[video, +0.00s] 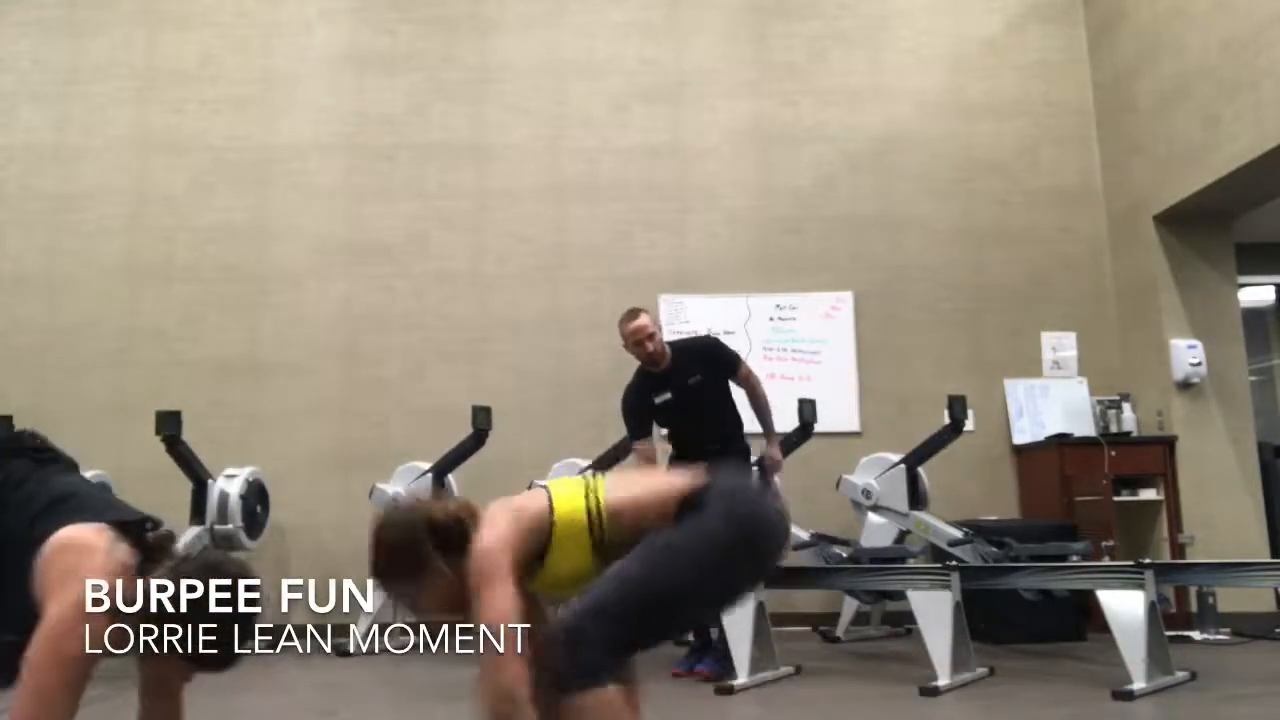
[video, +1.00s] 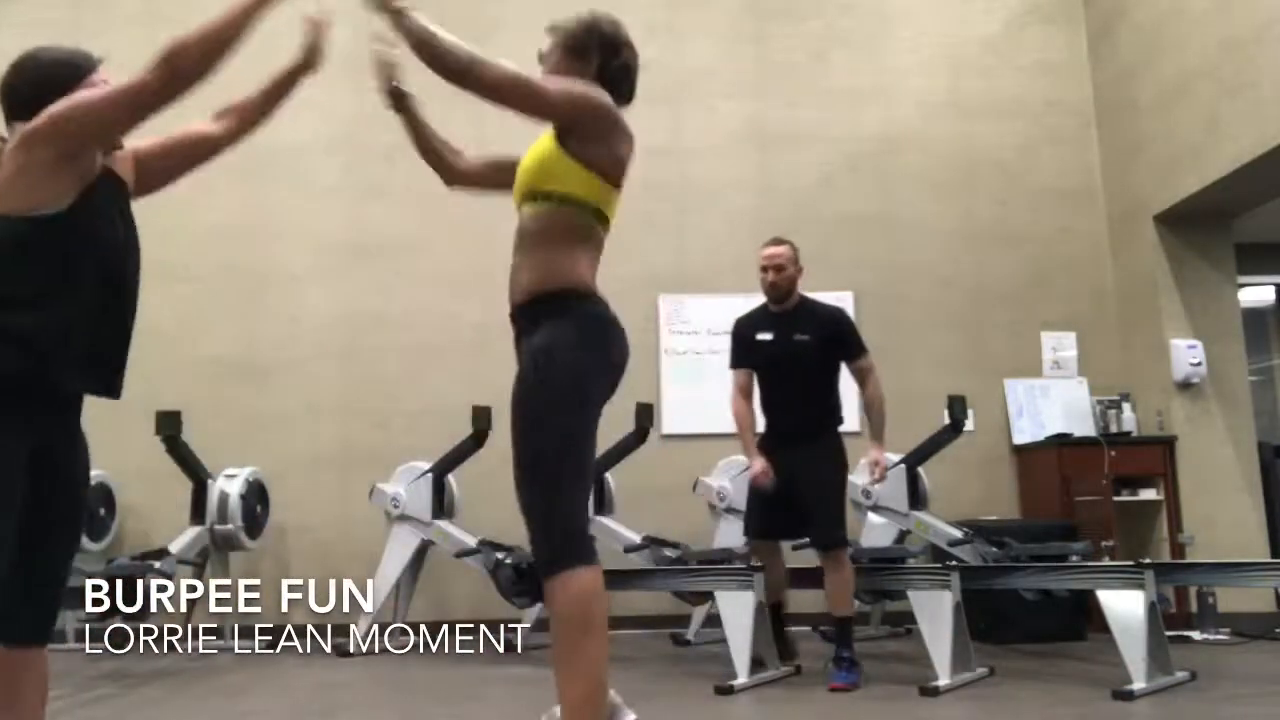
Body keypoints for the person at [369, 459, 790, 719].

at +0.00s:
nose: (420, 615)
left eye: (414, 597)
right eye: (407, 604)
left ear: (439, 561)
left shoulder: (494, 537)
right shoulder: (503, 556)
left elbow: (509, 687)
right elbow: (543, 660)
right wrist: (537, 706)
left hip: (735, 514)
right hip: (734, 520)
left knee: (584, 642)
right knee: (583, 642)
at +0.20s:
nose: (401, 440)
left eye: (408, 424)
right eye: (400, 426)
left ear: (447, 421)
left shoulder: (507, 455)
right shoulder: (502, 491)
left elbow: (419, 596)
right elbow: (497, 623)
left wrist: (372, 591)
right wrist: (438, 675)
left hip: (705, 565)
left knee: (526, 660)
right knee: (539, 651)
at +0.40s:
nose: (445, 267)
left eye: (456, 251)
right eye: (448, 252)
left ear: (496, 257)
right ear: (496, 260)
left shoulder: (543, 319)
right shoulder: (527, 337)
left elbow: (474, 421)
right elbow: (499, 472)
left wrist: (405, 381)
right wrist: (421, 432)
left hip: (656, 499)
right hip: (638, 503)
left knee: (517, 662)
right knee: (535, 654)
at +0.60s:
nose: (493, 192)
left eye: (507, 179)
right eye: (500, 178)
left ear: (544, 194)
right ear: (546, 197)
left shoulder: (570, 259)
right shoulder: (548, 291)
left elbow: (447, 296)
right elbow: (471, 378)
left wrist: (428, 230)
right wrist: (435, 299)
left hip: (625, 464)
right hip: (604, 469)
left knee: (527, 658)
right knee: (547, 642)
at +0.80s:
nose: (530, 108)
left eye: (544, 100)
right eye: (536, 98)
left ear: (575, 116)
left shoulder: (572, 161)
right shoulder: (537, 204)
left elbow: (440, 154)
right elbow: (431, 239)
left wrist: (382, 120)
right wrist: (385, 160)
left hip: (584, 402)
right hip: (560, 407)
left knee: (554, 606)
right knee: (553, 604)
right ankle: (588, 707)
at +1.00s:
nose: (541, 66)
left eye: (553, 56)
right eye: (544, 56)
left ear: (589, 65)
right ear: (582, 67)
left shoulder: (598, 113)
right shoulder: (558, 152)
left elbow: (478, 73)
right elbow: (458, 168)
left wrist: (394, 11)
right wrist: (403, 104)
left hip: (569, 335)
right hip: (549, 339)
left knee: (561, 533)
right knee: (558, 533)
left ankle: (582, 705)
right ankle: (586, 701)